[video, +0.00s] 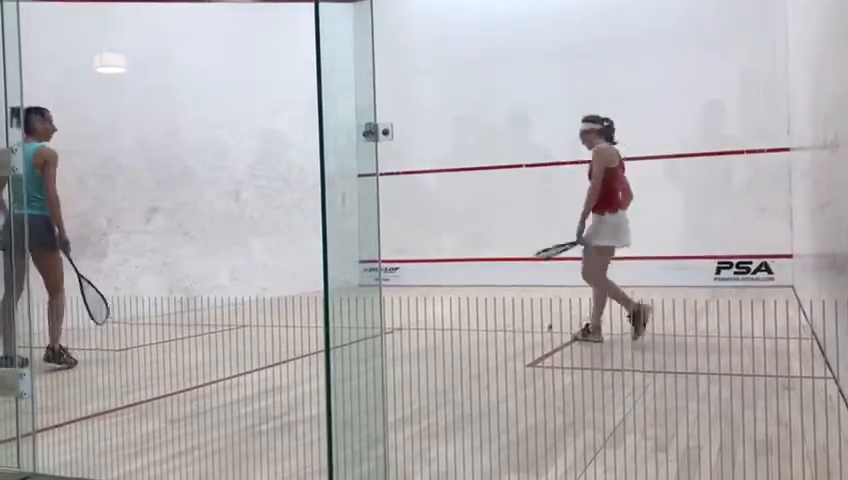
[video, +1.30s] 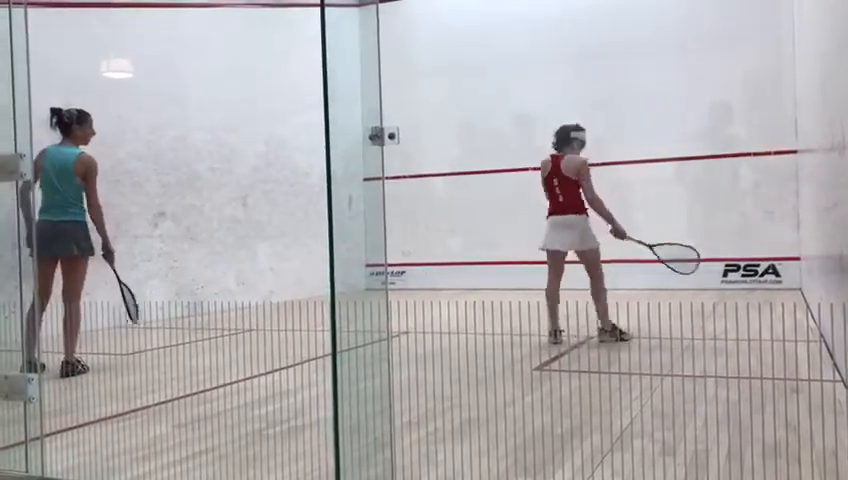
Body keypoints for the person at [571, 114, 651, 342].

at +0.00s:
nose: (582, 139)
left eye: (585, 134)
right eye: (581, 135)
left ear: (596, 133)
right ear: (601, 134)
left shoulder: (600, 152)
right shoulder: (612, 153)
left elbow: (594, 189)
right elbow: (627, 194)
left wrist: (582, 220)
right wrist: (611, 216)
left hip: (603, 221)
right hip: (613, 219)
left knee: (590, 273)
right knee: (599, 274)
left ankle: (634, 309)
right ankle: (594, 326)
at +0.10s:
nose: (573, 140)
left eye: (575, 135)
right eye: (573, 136)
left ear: (586, 133)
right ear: (592, 134)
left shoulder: (590, 151)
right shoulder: (606, 152)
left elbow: (590, 189)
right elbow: (622, 191)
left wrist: (586, 223)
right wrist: (609, 212)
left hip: (595, 220)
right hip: (609, 219)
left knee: (570, 269)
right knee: (597, 274)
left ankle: (602, 314)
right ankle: (596, 325)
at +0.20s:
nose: (568, 141)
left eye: (570, 136)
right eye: (567, 136)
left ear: (580, 134)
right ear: (587, 134)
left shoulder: (578, 151)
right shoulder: (600, 154)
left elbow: (584, 186)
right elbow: (616, 193)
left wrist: (587, 219)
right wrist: (605, 217)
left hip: (583, 217)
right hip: (602, 217)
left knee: (566, 269)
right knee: (595, 273)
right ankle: (596, 327)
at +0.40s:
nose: (555, 143)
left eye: (557, 139)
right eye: (555, 139)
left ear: (567, 137)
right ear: (576, 138)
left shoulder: (559, 156)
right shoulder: (590, 158)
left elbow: (559, 190)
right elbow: (604, 194)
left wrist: (558, 220)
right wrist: (606, 223)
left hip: (568, 218)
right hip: (591, 217)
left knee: (556, 277)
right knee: (582, 275)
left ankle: (551, 326)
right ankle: (595, 325)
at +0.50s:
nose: (551, 140)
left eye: (553, 137)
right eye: (552, 137)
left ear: (559, 137)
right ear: (573, 138)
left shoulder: (548, 157)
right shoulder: (585, 159)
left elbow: (543, 193)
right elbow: (600, 193)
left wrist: (537, 224)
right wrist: (600, 218)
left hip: (558, 219)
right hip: (584, 217)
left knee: (551, 277)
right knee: (580, 271)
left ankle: (551, 326)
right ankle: (594, 320)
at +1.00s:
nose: (571, 144)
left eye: (569, 140)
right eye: (570, 140)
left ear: (549, 139)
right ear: (566, 140)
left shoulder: (535, 161)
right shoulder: (574, 161)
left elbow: (528, 196)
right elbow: (585, 194)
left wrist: (546, 194)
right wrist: (601, 224)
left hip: (548, 222)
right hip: (572, 221)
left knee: (548, 279)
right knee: (583, 275)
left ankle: (553, 329)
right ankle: (582, 324)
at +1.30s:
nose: (581, 148)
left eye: (582, 144)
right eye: (579, 144)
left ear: (559, 143)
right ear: (572, 143)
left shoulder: (545, 164)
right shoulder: (579, 163)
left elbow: (549, 194)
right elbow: (591, 198)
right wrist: (614, 223)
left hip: (555, 224)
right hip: (578, 223)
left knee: (553, 277)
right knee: (596, 274)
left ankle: (554, 329)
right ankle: (606, 325)